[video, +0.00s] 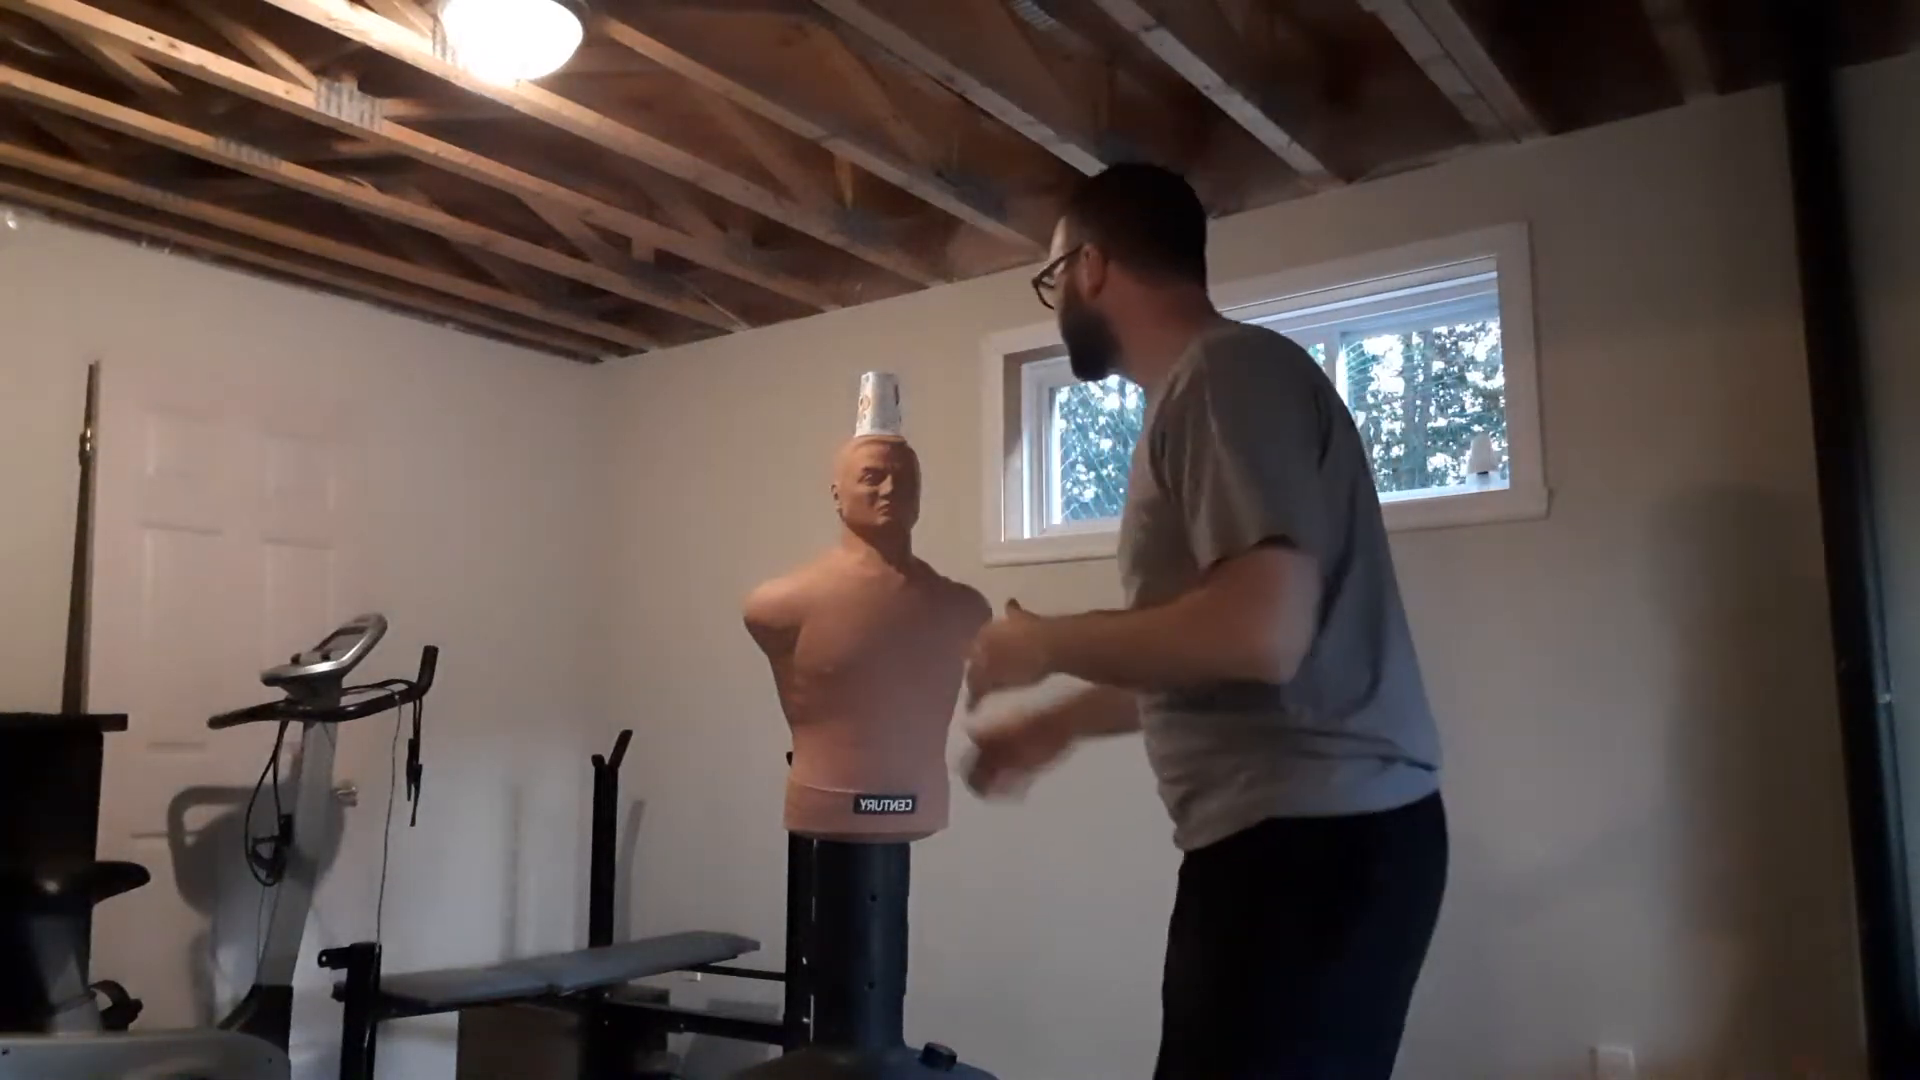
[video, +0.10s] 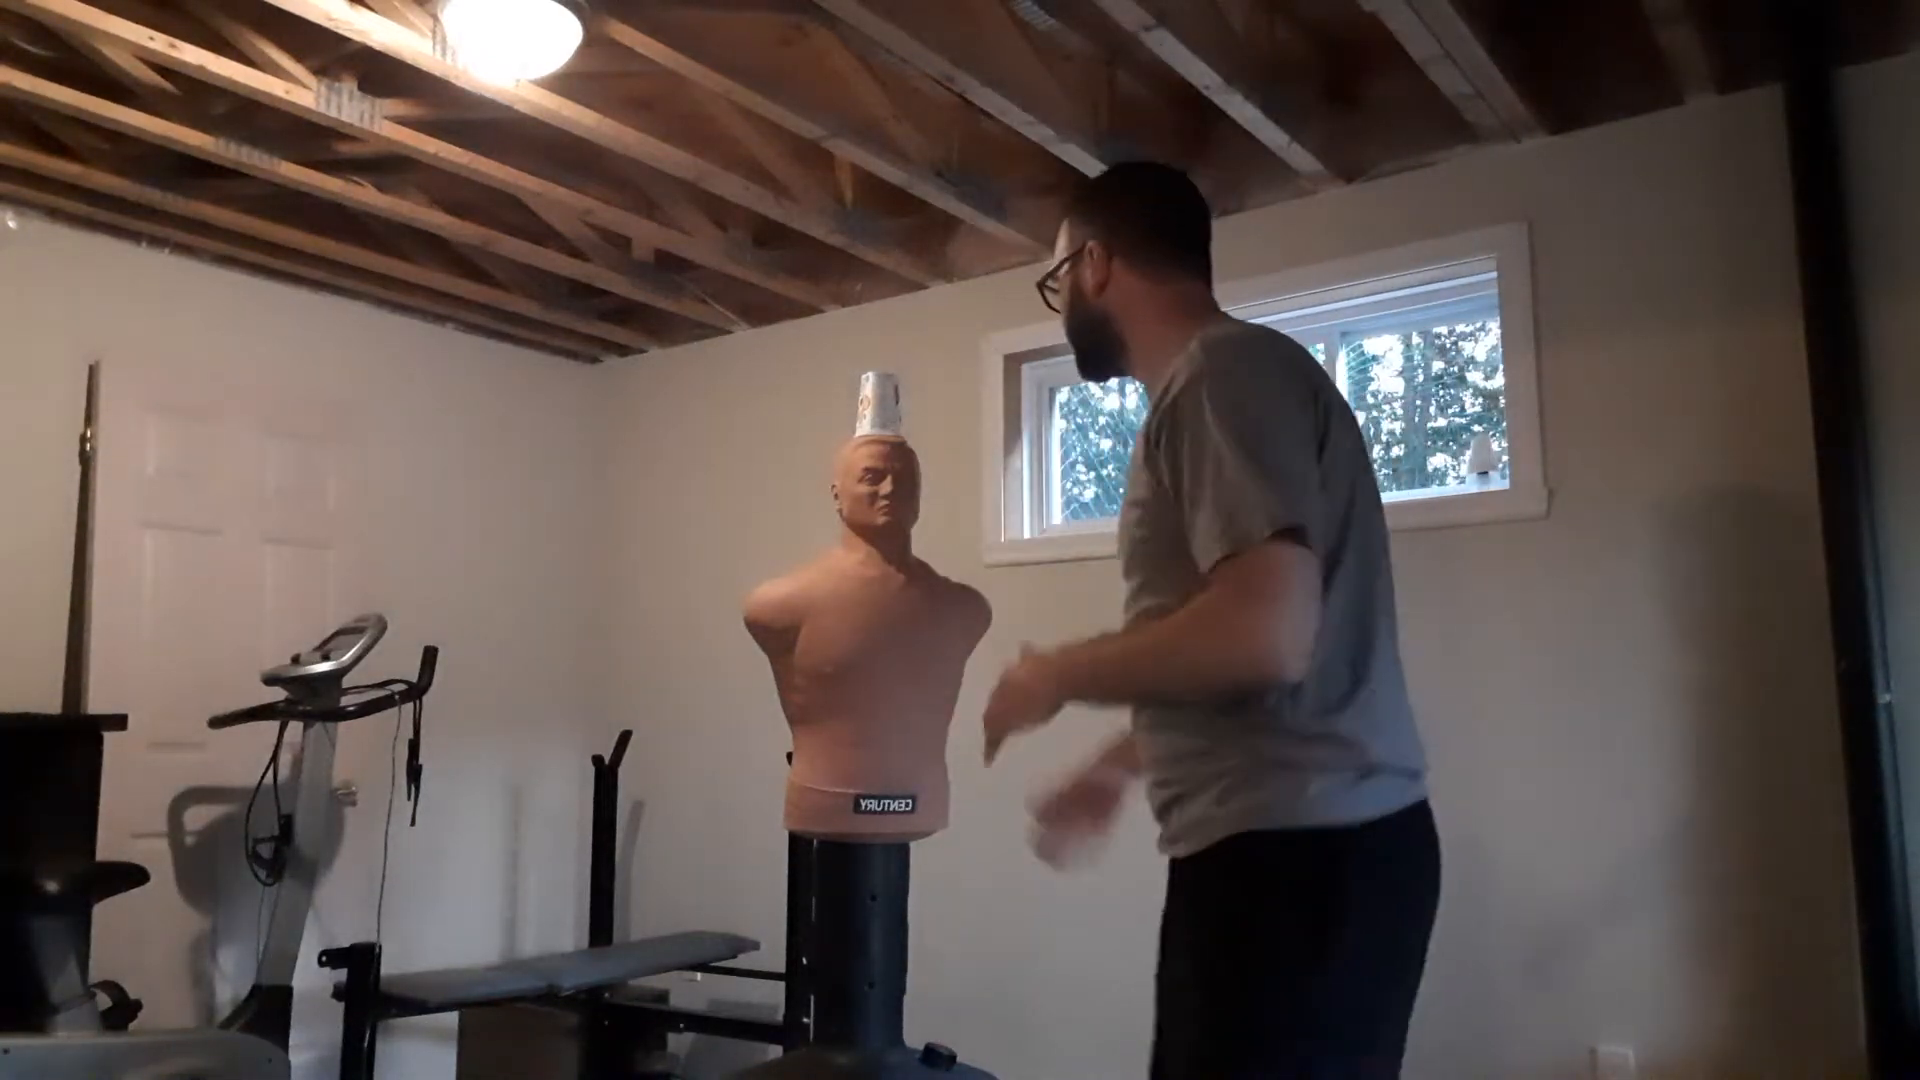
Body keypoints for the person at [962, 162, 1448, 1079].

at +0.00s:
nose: (1055, 300)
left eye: (1056, 272)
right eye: (1052, 278)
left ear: (1095, 265)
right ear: (1177, 260)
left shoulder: (1236, 371)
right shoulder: (1195, 400)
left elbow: (1263, 628)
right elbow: (1205, 659)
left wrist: (1052, 639)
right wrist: (1060, 723)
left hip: (1314, 841)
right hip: (1276, 841)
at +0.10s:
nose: (1060, 301)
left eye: (1061, 273)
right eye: (1057, 280)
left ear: (1099, 263)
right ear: (1185, 258)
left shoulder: (1230, 373)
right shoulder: (1215, 387)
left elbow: (1266, 628)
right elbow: (1223, 640)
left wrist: (1056, 672)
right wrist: (1115, 764)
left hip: (1295, 863)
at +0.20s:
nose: (1059, 300)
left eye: (1058, 272)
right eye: (1054, 280)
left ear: (1095, 257)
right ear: (1184, 251)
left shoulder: (1236, 367)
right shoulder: (1206, 394)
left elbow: (1243, 629)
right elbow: (1278, 642)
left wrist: (1045, 682)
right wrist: (1159, 772)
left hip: (1295, 867)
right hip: (1261, 861)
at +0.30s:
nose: (1042, 281)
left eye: (1043, 254)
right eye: (1039, 259)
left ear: (1084, 243)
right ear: (1166, 235)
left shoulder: (1231, 346)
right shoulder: (1190, 380)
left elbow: (1238, 595)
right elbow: (1286, 620)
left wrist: (1048, 612)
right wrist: (1160, 730)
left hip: (1302, 852)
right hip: (1242, 850)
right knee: (1163, 1067)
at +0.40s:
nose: (1023, 319)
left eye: (1027, 287)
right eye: (1024, 292)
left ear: (1066, 283)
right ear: (1129, 278)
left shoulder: (1197, 374)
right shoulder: (1169, 404)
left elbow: (1194, 607)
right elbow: (1258, 626)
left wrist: (1034, 596)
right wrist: (1130, 687)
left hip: (1313, 871)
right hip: (1248, 869)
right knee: (1155, 1069)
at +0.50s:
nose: (1000, 421)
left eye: (1004, 393)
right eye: (997, 398)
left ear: (1047, 385)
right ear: (1128, 371)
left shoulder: (1176, 472)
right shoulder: (1187, 472)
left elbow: (1140, 706)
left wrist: (1027, 678)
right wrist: (1055, 704)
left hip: (1322, 942)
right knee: (1120, 1067)